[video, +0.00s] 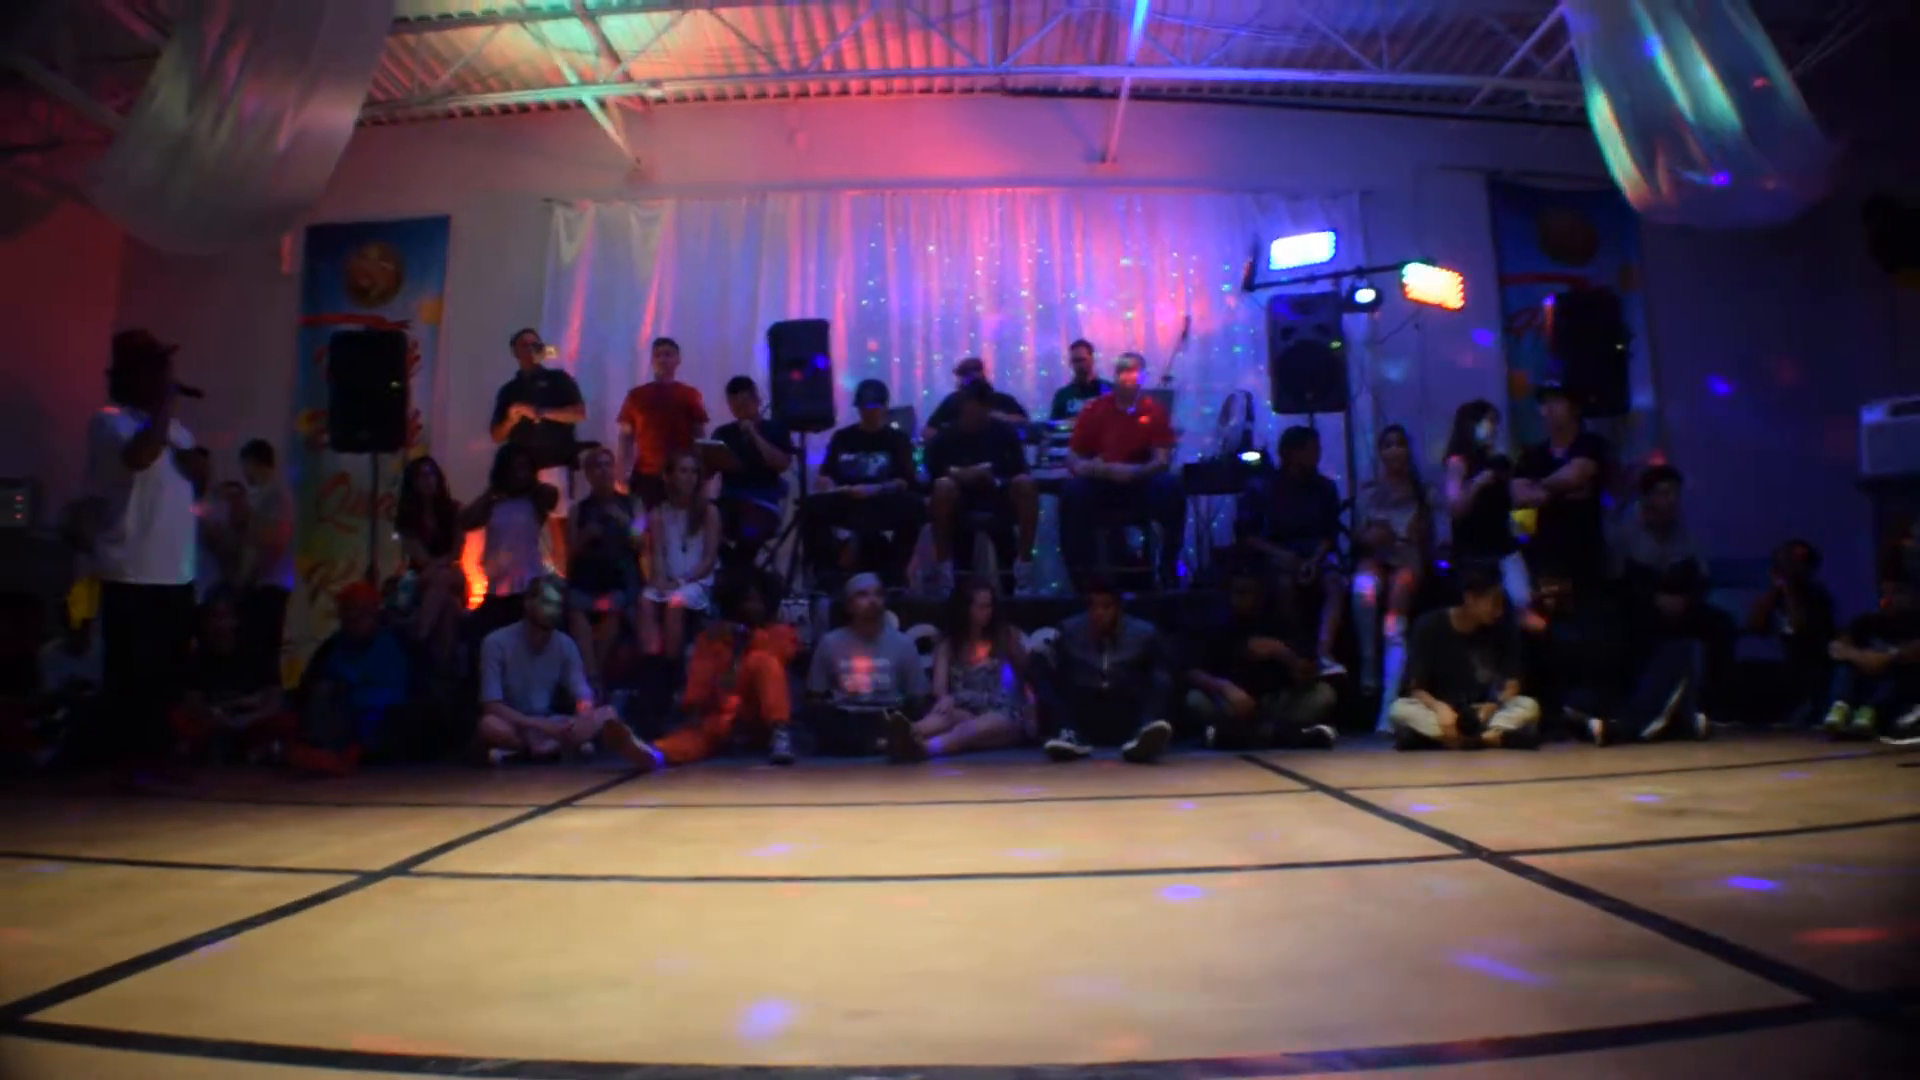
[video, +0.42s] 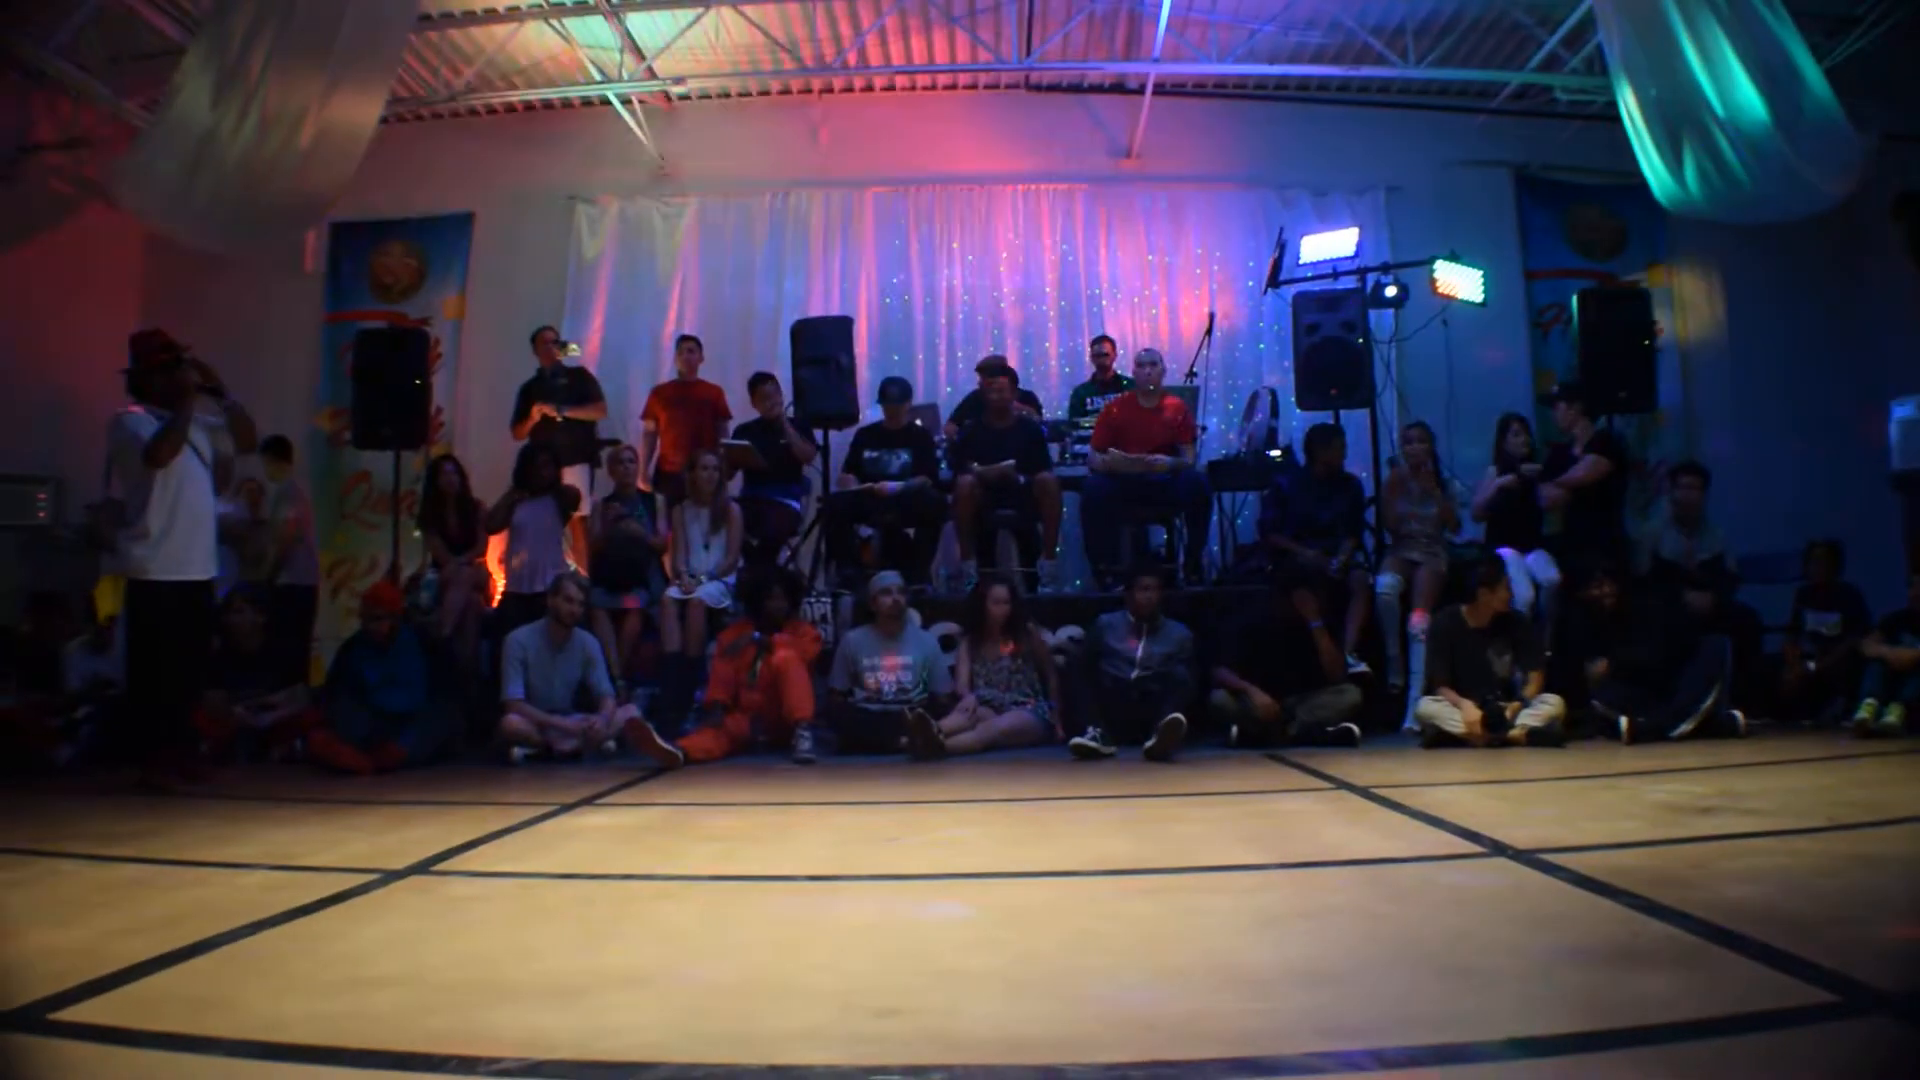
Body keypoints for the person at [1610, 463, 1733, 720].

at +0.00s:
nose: (1667, 501)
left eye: (1672, 493)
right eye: (1660, 493)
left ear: (1679, 498)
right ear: (1646, 497)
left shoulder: (1684, 539)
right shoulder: (1627, 538)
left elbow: (1701, 580)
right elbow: (1622, 584)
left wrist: (1683, 600)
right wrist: (1654, 599)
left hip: (1680, 609)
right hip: (1639, 610)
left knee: (1720, 623)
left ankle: (1711, 707)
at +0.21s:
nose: (1589, 589)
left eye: (1594, 581)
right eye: (1580, 584)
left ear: (1604, 583)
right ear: (1568, 590)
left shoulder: (1620, 608)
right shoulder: (1564, 615)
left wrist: (1583, 635)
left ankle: (1647, 727)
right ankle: (1698, 724)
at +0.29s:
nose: (1593, 589)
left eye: (1597, 580)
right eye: (1583, 584)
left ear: (1607, 581)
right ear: (1569, 590)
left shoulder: (1623, 609)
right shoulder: (1567, 618)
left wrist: (1588, 642)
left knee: (1709, 647)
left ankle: (1648, 726)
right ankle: (1698, 723)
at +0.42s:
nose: (1603, 594)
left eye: (1608, 587)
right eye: (1595, 589)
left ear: (1619, 587)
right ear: (1583, 594)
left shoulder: (1639, 614)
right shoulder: (1584, 621)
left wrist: (1611, 663)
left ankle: (1654, 726)